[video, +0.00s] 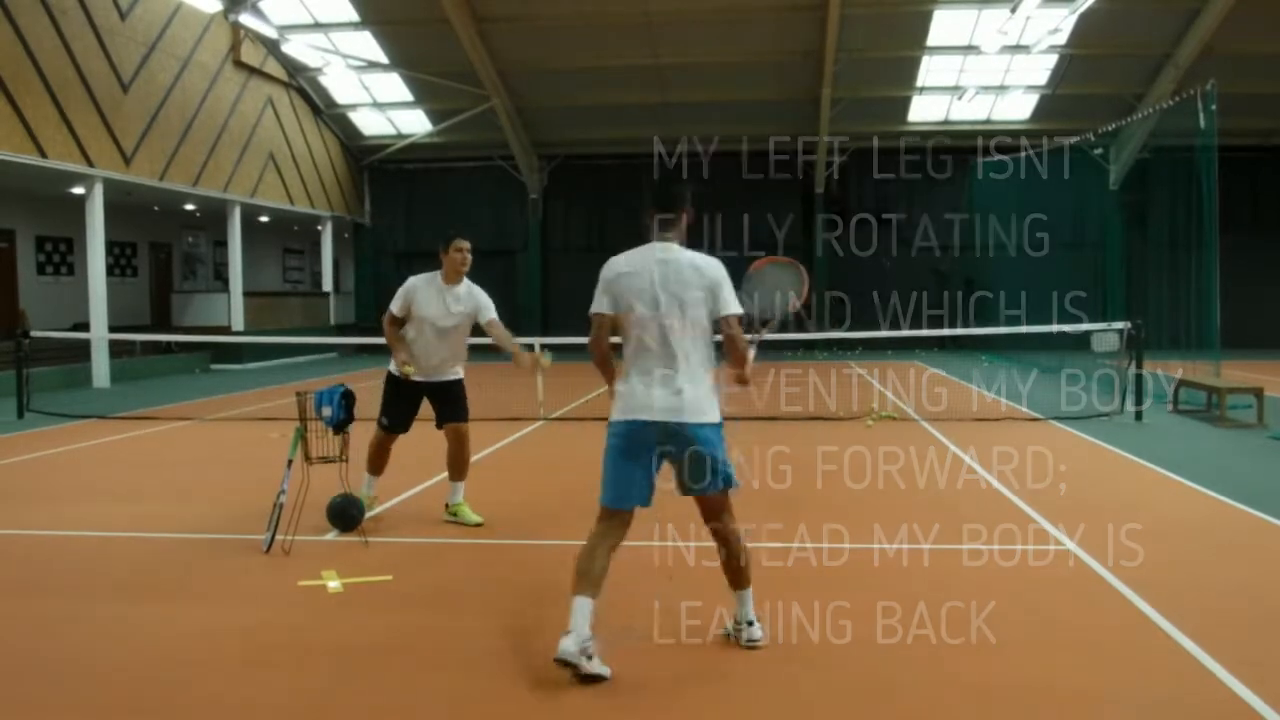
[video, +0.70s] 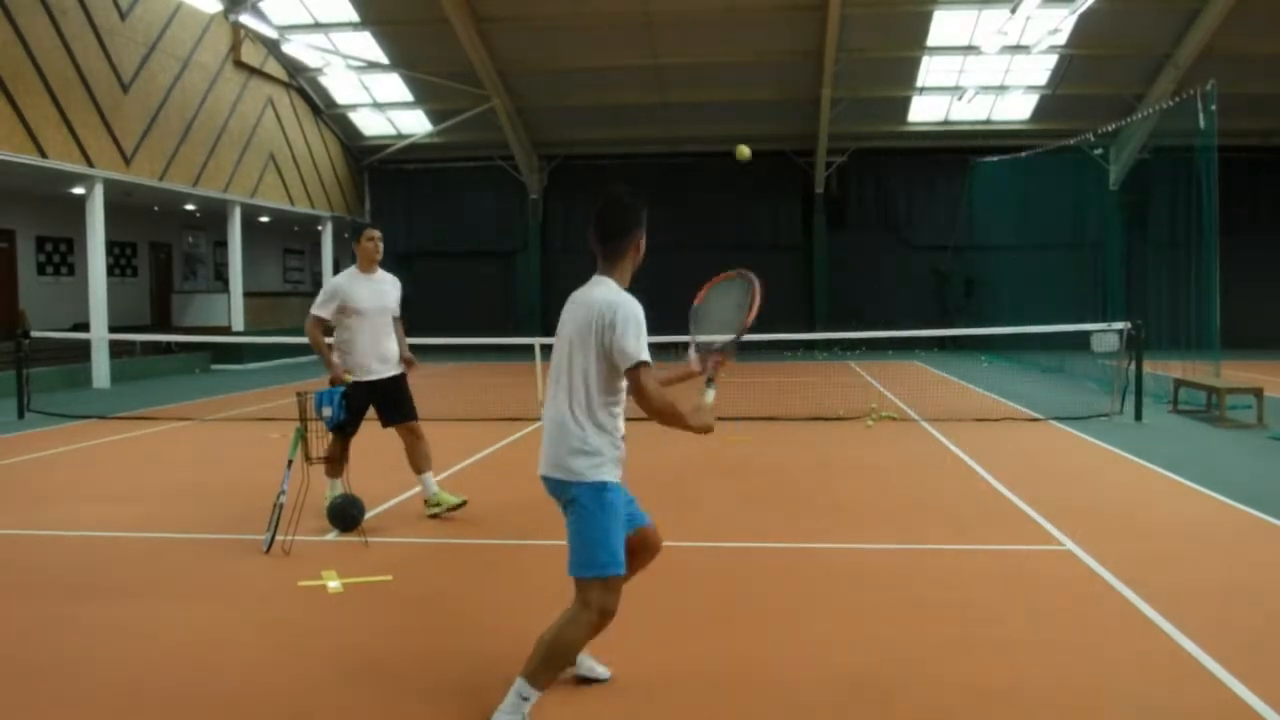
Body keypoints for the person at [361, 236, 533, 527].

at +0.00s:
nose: (465, 257)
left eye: (468, 252)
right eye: (459, 251)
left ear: (471, 259)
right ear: (444, 256)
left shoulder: (475, 296)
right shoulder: (415, 286)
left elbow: (496, 329)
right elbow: (390, 323)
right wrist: (400, 354)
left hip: (448, 376)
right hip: (407, 373)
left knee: (459, 433)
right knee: (386, 434)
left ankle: (456, 503)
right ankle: (367, 494)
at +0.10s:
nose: (462, 255)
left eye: (465, 250)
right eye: (456, 249)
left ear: (468, 257)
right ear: (440, 255)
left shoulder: (473, 291)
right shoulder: (414, 286)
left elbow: (500, 307)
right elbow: (390, 321)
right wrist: (393, 360)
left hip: (448, 378)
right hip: (407, 374)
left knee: (459, 434)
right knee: (382, 436)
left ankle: (456, 503)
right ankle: (365, 493)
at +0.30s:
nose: (443, 251)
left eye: (446, 247)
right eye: (437, 246)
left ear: (449, 253)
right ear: (421, 252)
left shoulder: (459, 287)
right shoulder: (399, 288)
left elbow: (498, 302)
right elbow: (378, 329)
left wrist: (512, 276)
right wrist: (385, 363)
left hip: (440, 377)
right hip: (399, 376)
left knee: (455, 435)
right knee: (376, 438)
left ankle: (455, 503)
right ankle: (350, 486)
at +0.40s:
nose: (427, 252)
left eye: (429, 248)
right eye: (420, 247)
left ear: (433, 255)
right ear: (404, 255)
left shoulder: (447, 290)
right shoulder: (386, 292)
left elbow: (482, 327)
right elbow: (365, 335)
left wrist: (486, 303)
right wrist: (373, 368)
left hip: (433, 381)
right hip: (392, 383)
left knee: (452, 435)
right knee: (373, 444)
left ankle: (455, 503)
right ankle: (341, 485)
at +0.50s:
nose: (409, 251)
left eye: (411, 247)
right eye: (402, 246)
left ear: (415, 254)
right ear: (387, 253)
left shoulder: (429, 290)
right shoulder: (367, 293)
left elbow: (445, 331)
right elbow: (349, 338)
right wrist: (360, 370)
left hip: (421, 380)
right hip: (381, 382)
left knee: (442, 433)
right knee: (364, 443)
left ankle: (454, 502)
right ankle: (338, 487)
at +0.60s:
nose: (391, 248)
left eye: (394, 243)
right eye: (385, 243)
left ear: (397, 249)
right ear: (370, 249)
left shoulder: (409, 287)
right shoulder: (349, 287)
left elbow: (414, 325)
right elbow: (330, 331)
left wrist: (419, 352)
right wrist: (345, 367)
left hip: (404, 377)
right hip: (365, 379)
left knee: (425, 434)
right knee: (348, 441)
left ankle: (451, 498)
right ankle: (335, 496)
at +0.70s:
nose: (378, 245)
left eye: (380, 240)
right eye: (371, 240)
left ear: (383, 246)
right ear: (356, 247)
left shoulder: (392, 283)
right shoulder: (338, 284)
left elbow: (396, 321)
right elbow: (313, 326)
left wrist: (404, 350)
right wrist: (332, 367)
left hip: (391, 375)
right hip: (353, 378)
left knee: (412, 431)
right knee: (341, 439)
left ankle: (432, 493)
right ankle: (334, 495)